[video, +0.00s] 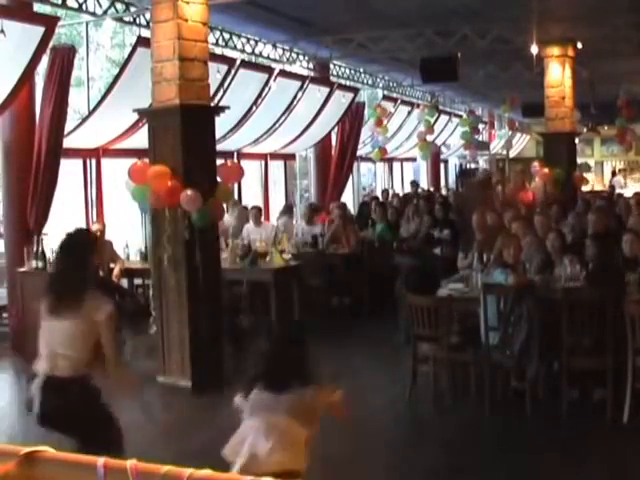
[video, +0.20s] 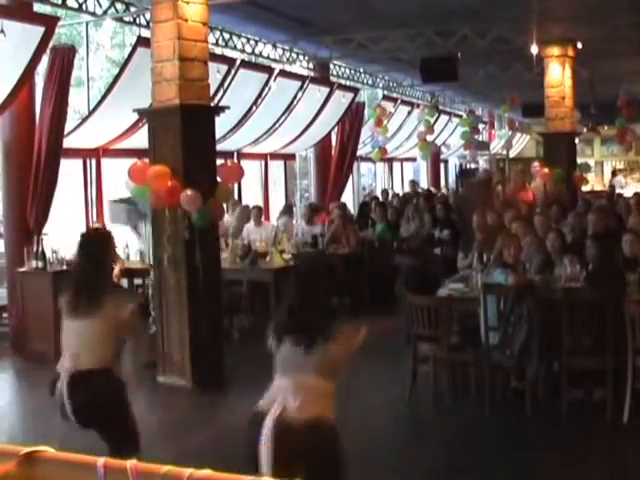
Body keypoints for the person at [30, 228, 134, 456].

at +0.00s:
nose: (103, 258)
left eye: (101, 252)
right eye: (99, 253)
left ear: (63, 258)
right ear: (93, 260)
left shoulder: (48, 300)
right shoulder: (100, 306)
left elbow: (44, 352)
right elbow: (112, 366)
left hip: (44, 392)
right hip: (76, 397)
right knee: (111, 443)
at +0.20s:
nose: (116, 255)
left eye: (113, 250)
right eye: (113, 251)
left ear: (81, 256)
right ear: (110, 257)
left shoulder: (67, 297)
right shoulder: (122, 301)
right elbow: (136, 347)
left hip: (68, 383)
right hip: (102, 383)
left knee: (116, 444)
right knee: (127, 448)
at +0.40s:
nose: (130, 248)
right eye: (127, 244)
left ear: (95, 250)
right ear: (125, 249)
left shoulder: (89, 286)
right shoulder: (139, 286)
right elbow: (171, 310)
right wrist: (193, 319)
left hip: (95, 375)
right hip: (126, 376)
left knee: (116, 429)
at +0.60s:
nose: (140, 240)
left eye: (136, 236)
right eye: (138, 236)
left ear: (110, 241)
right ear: (137, 241)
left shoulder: (103, 280)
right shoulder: (145, 279)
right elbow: (177, 283)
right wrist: (200, 277)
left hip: (111, 356)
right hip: (136, 357)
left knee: (130, 417)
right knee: (160, 412)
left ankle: (127, 467)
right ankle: (157, 467)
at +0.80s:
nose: (147, 239)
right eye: (145, 235)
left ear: (115, 240)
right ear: (142, 240)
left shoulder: (108, 278)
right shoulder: (155, 276)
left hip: (125, 356)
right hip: (153, 354)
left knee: (160, 403)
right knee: (171, 415)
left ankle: (147, 452)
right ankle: (158, 465)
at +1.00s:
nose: (160, 229)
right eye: (156, 225)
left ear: (126, 232)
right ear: (152, 233)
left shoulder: (121, 269)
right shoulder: (167, 263)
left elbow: (131, 239)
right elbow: (181, 232)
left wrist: (148, 189)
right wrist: (190, 200)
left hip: (135, 344)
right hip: (166, 345)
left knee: (151, 407)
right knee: (184, 393)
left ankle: (150, 459)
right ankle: (169, 452)